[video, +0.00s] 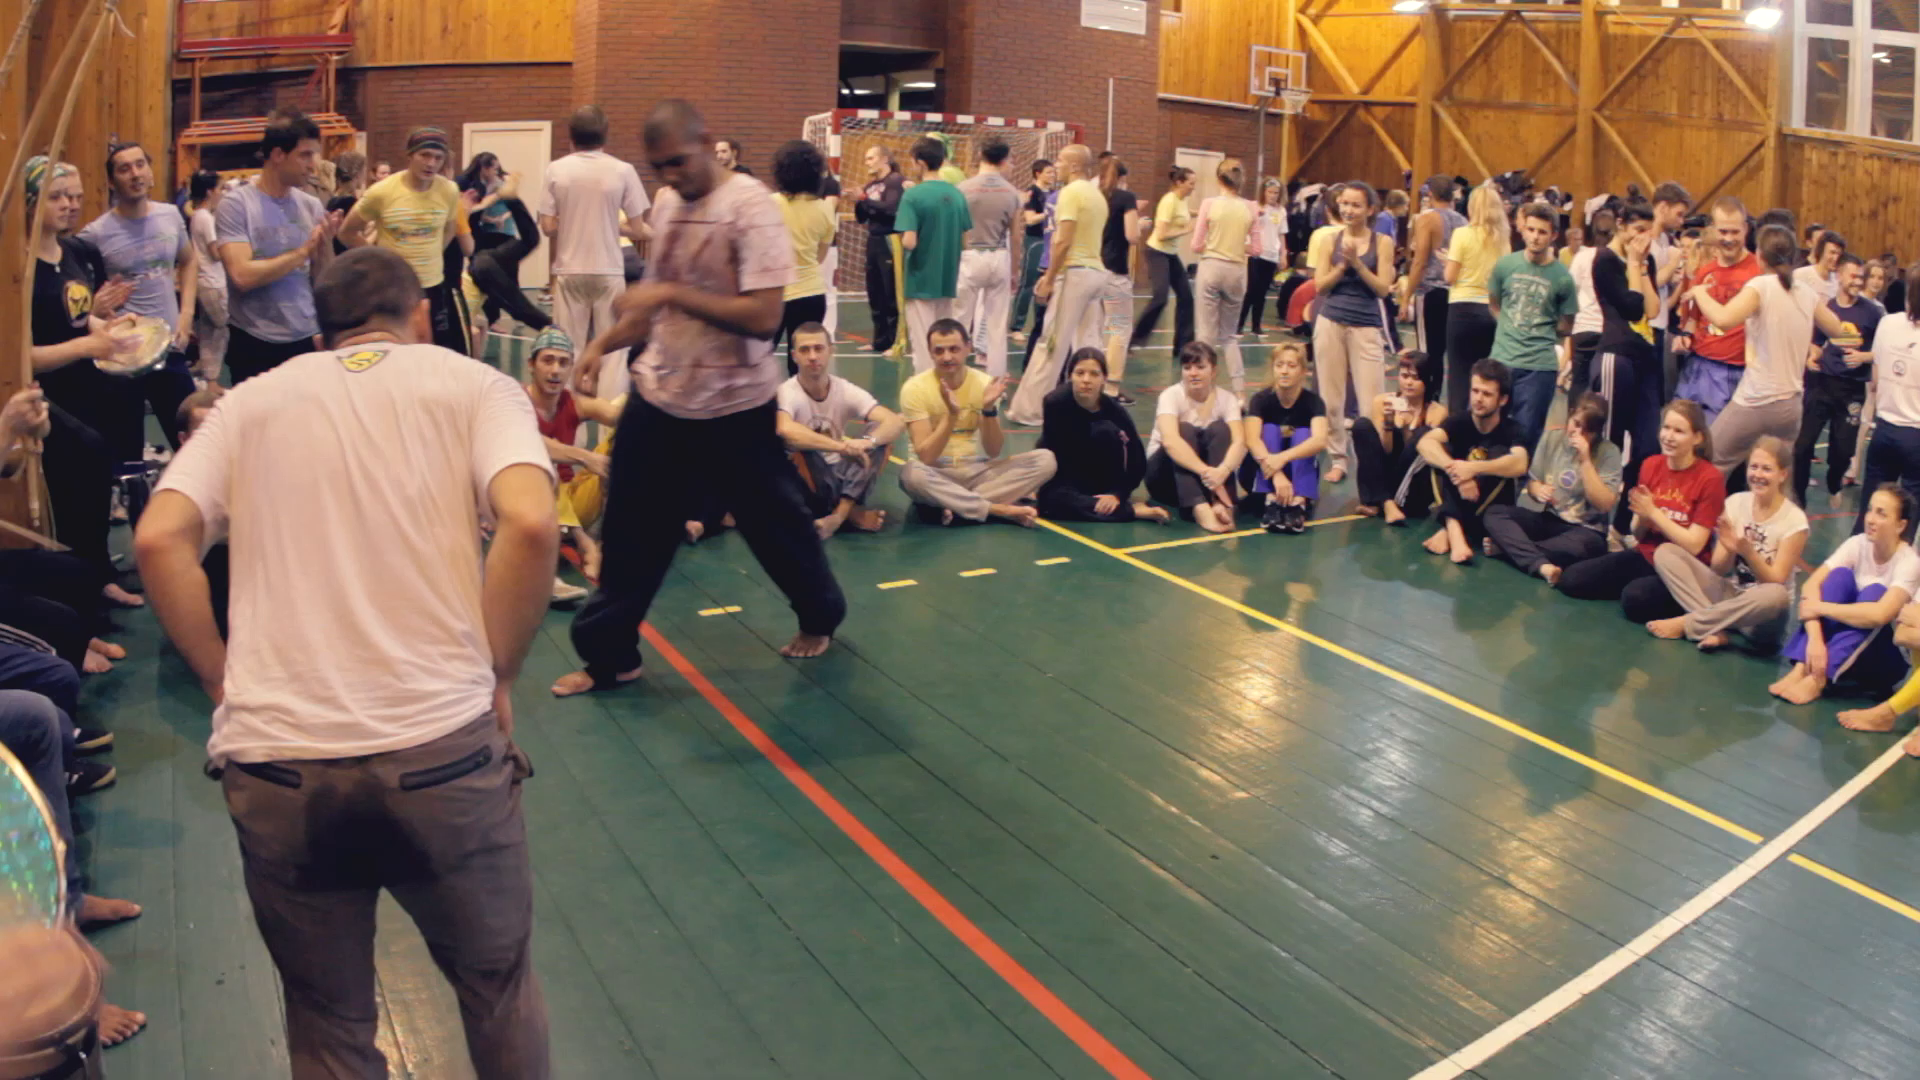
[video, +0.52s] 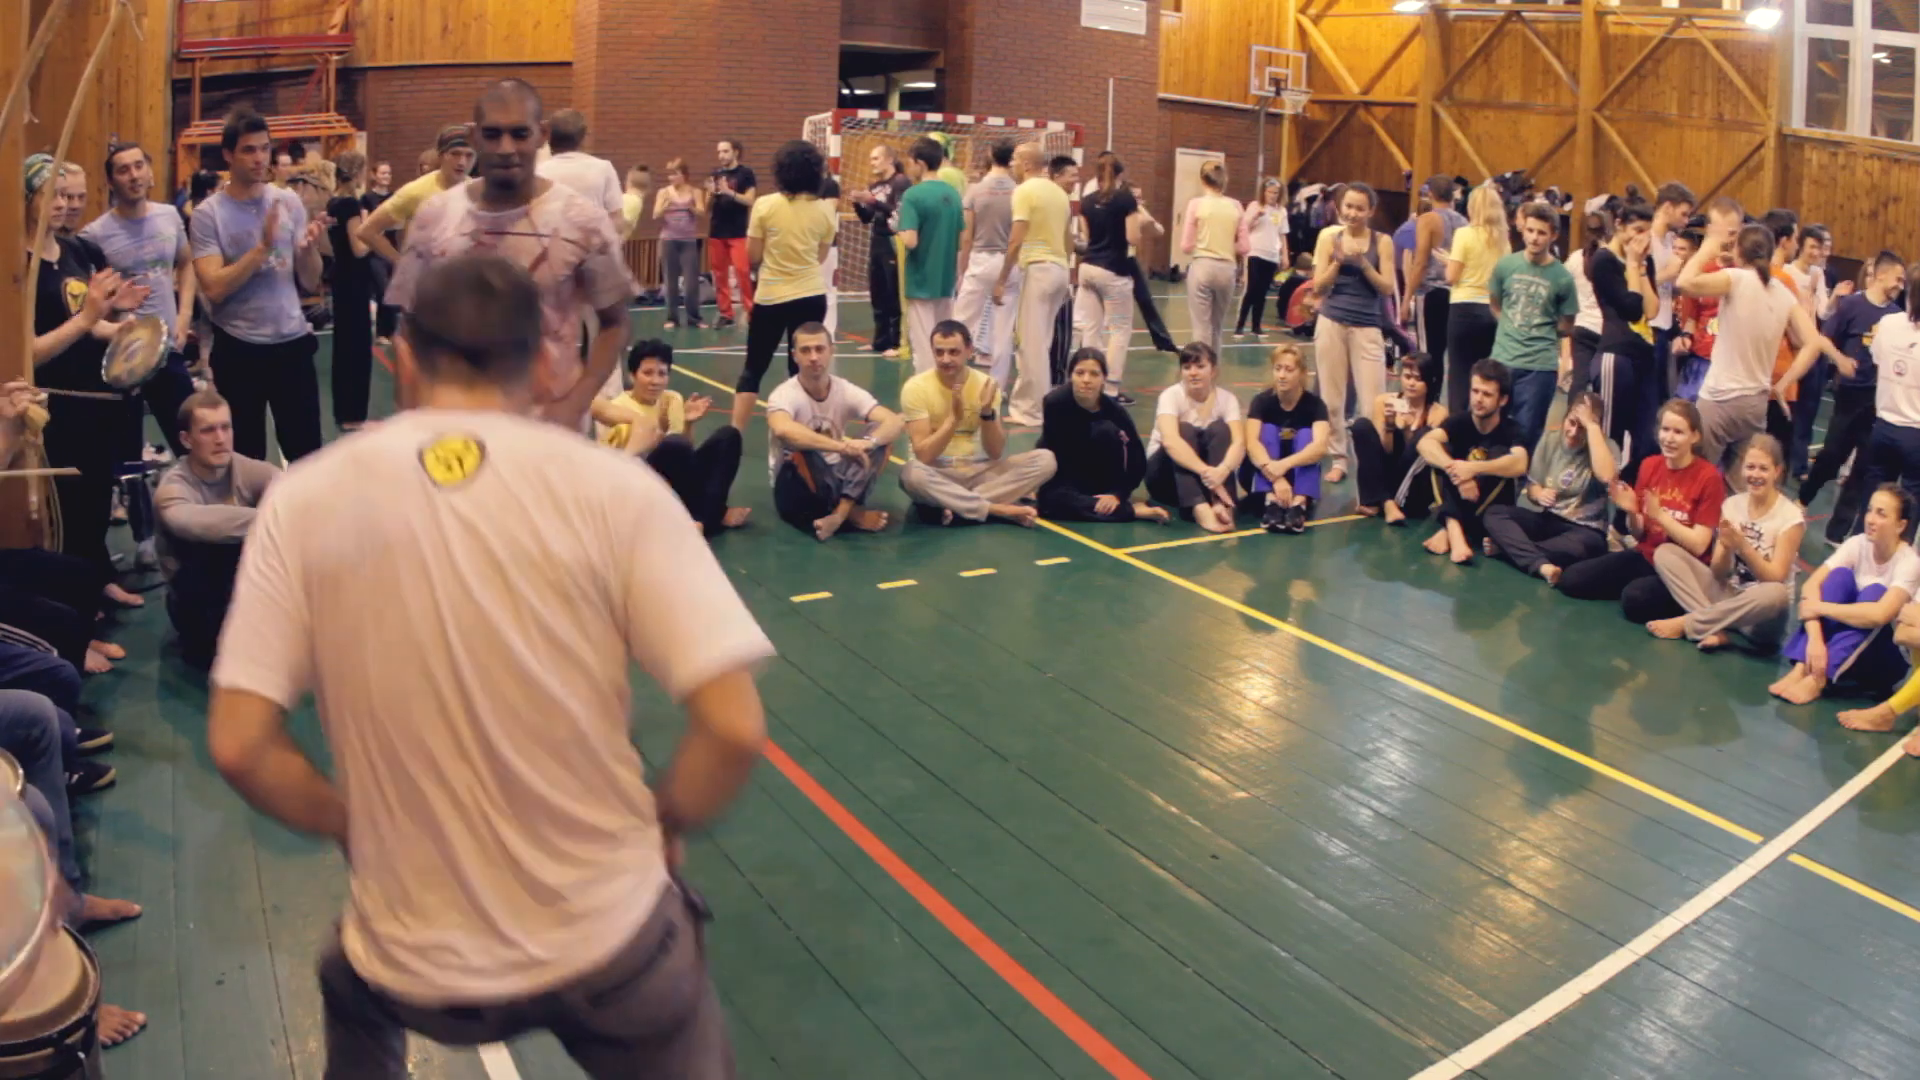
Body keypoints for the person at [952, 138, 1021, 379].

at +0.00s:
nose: (1011, 165)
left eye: (1010, 160)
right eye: (1010, 160)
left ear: (981, 158)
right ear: (1005, 161)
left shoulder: (963, 189)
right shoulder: (1011, 193)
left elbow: (955, 227)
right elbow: (1016, 237)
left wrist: (952, 258)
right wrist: (1015, 271)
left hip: (969, 252)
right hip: (999, 253)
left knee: (960, 319)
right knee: (997, 323)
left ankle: (952, 377)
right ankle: (997, 380)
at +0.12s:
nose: (1011, 165)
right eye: (1011, 161)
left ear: (984, 158)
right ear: (1007, 161)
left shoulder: (966, 189)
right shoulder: (1014, 194)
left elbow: (958, 225)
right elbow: (1019, 238)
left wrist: (957, 254)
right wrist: (1019, 272)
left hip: (971, 253)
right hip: (1001, 254)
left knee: (961, 321)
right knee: (999, 327)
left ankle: (954, 384)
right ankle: (996, 389)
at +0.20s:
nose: (1011, 166)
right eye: (1012, 161)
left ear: (985, 158)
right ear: (1009, 162)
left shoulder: (967, 190)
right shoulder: (1016, 194)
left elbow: (961, 228)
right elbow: (1020, 238)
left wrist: (963, 253)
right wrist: (1021, 273)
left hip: (974, 253)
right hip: (1003, 254)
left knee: (961, 322)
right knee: (1000, 327)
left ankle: (955, 384)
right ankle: (996, 389)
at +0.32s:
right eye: (1012, 161)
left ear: (989, 157)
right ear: (1011, 161)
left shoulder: (971, 191)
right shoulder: (1018, 194)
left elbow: (964, 231)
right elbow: (1021, 234)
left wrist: (959, 265)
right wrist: (1020, 265)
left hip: (977, 253)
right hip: (1006, 253)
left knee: (962, 317)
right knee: (1001, 324)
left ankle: (954, 377)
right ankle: (998, 383)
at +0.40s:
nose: (1016, 164)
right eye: (1016, 160)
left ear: (990, 158)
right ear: (1012, 161)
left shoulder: (973, 191)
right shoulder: (1018, 193)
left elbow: (966, 232)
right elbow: (1021, 232)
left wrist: (960, 266)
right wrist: (1019, 260)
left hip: (979, 255)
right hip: (1008, 255)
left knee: (962, 315)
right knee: (1003, 322)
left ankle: (952, 376)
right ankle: (997, 385)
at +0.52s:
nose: (1018, 164)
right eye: (1016, 159)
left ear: (991, 157)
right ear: (1012, 160)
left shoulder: (975, 191)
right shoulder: (1019, 192)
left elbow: (967, 235)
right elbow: (1024, 232)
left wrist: (962, 270)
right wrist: (1022, 261)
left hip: (981, 256)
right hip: (1012, 255)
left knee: (963, 317)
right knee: (1004, 325)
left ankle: (951, 379)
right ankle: (998, 386)